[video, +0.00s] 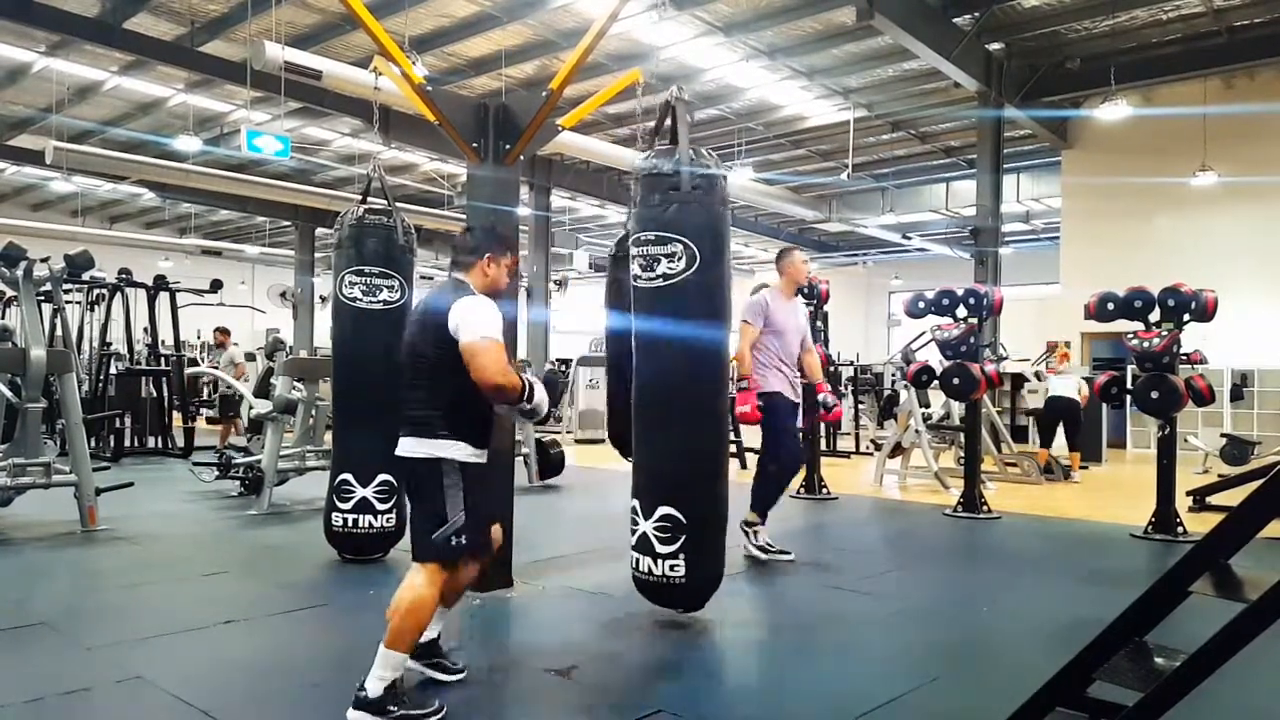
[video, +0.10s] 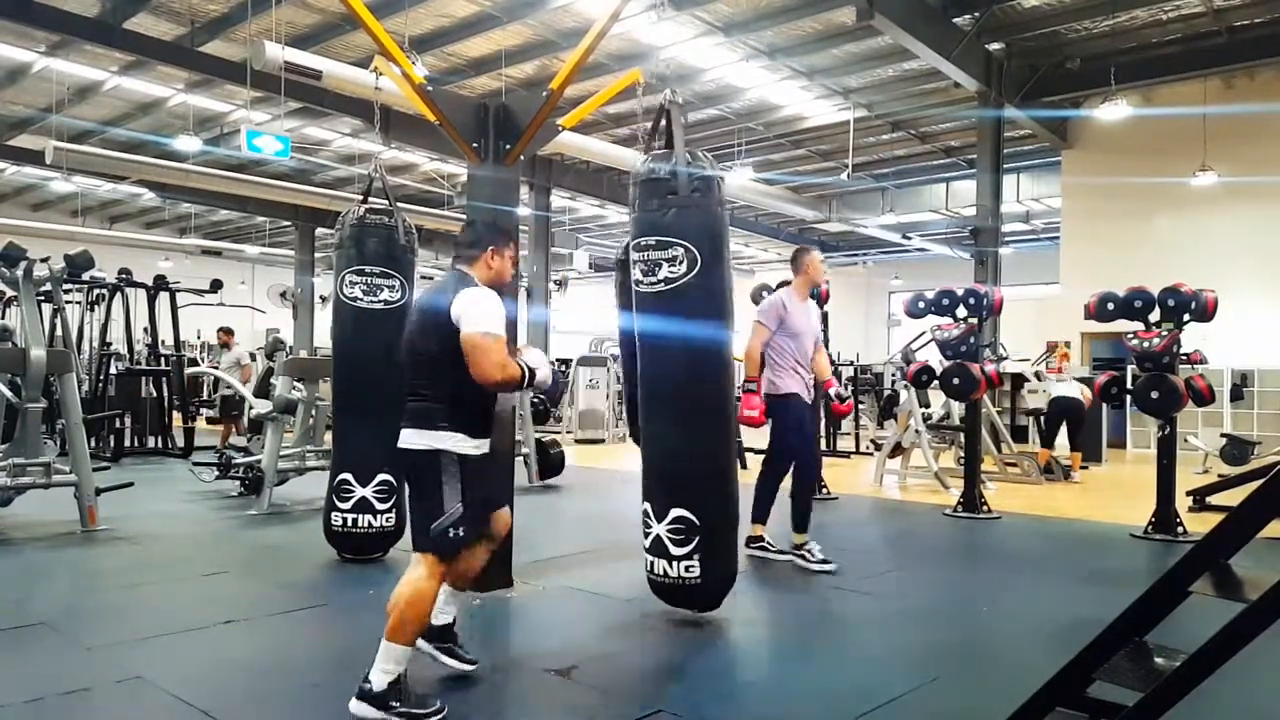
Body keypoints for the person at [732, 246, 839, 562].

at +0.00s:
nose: (809, 269)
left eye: (808, 264)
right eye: (804, 263)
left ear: (792, 270)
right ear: (785, 268)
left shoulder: (800, 308)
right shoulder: (761, 300)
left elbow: (808, 353)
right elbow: (744, 344)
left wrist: (822, 388)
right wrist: (745, 388)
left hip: (791, 390)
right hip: (768, 388)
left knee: (773, 458)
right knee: (791, 457)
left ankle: (757, 534)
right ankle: (752, 521)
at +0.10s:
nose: (825, 270)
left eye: (824, 264)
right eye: (821, 263)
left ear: (808, 268)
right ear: (806, 267)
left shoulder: (813, 308)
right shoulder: (778, 301)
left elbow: (817, 354)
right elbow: (753, 346)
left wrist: (834, 389)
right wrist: (751, 392)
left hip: (803, 394)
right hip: (783, 393)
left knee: (777, 462)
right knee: (806, 465)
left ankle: (757, 535)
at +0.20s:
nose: (842, 273)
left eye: (840, 267)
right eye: (838, 267)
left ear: (823, 270)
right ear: (825, 270)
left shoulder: (820, 308)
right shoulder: (794, 304)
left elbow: (824, 356)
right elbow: (767, 349)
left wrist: (839, 387)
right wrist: (765, 394)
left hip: (813, 401)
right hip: (798, 402)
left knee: (782, 467)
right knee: (820, 473)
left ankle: (758, 534)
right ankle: (848, 549)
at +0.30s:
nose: (864, 273)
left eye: (862, 267)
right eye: (861, 267)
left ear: (844, 270)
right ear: (848, 270)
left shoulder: (838, 306)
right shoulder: (815, 305)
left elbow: (836, 358)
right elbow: (793, 354)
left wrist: (850, 395)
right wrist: (791, 397)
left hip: (835, 402)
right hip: (824, 402)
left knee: (805, 469)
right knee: (843, 477)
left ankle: (765, 527)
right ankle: (861, 551)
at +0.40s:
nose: (879, 270)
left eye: (878, 265)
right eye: (877, 265)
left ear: (858, 267)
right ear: (865, 268)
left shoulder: (857, 304)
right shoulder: (835, 303)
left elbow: (856, 360)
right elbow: (822, 353)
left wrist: (867, 400)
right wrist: (825, 397)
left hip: (856, 398)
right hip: (843, 399)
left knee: (847, 471)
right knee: (855, 473)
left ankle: (790, 516)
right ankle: (861, 551)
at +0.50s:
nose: (893, 271)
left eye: (892, 265)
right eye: (891, 265)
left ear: (871, 265)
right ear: (881, 266)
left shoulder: (868, 302)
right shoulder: (855, 301)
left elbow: (865, 352)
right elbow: (854, 354)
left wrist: (879, 384)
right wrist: (869, 392)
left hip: (868, 397)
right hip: (852, 399)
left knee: (884, 468)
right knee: (860, 476)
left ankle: (824, 508)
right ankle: (862, 550)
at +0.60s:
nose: (909, 267)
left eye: (908, 261)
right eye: (909, 262)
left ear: (884, 262)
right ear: (902, 263)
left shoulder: (885, 297)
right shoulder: (876, 296)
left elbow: (890, 349)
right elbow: (889, 346)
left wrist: (913, 375)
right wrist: (916, 380)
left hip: (886, 397)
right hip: (876, 399)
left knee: (918, 464)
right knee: (870, 474)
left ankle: (870, 518)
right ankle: (863, 550)